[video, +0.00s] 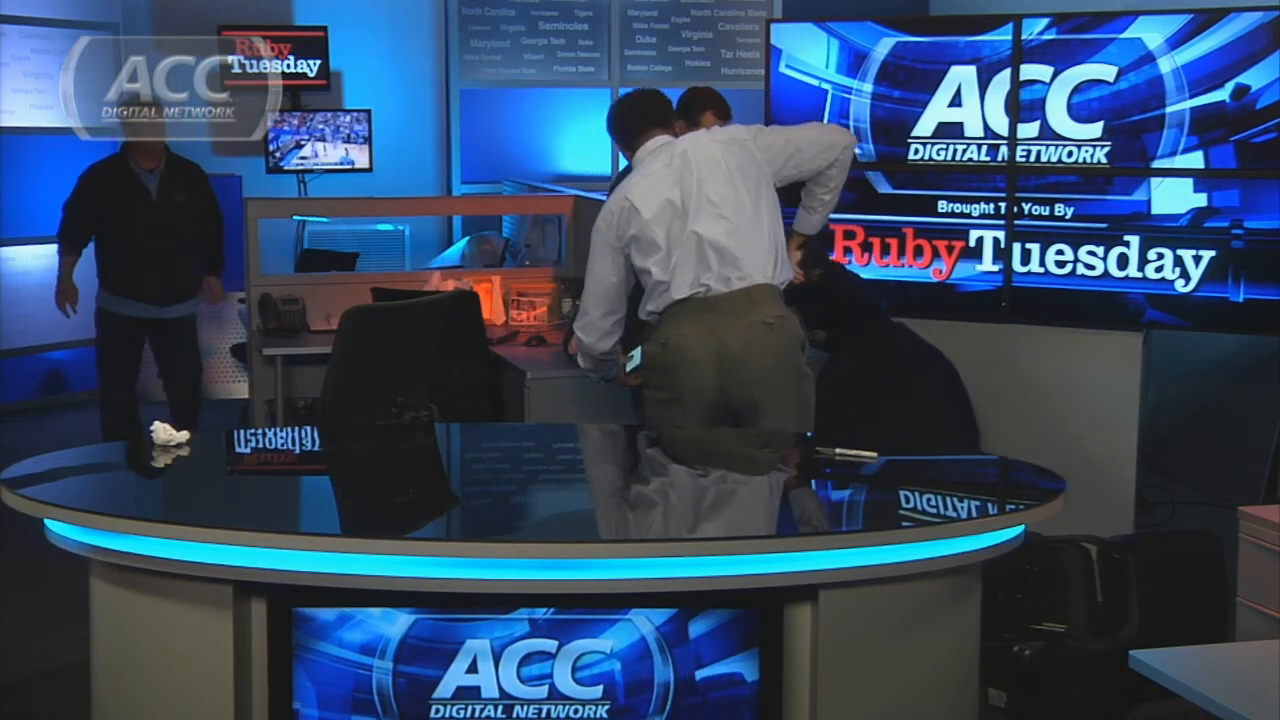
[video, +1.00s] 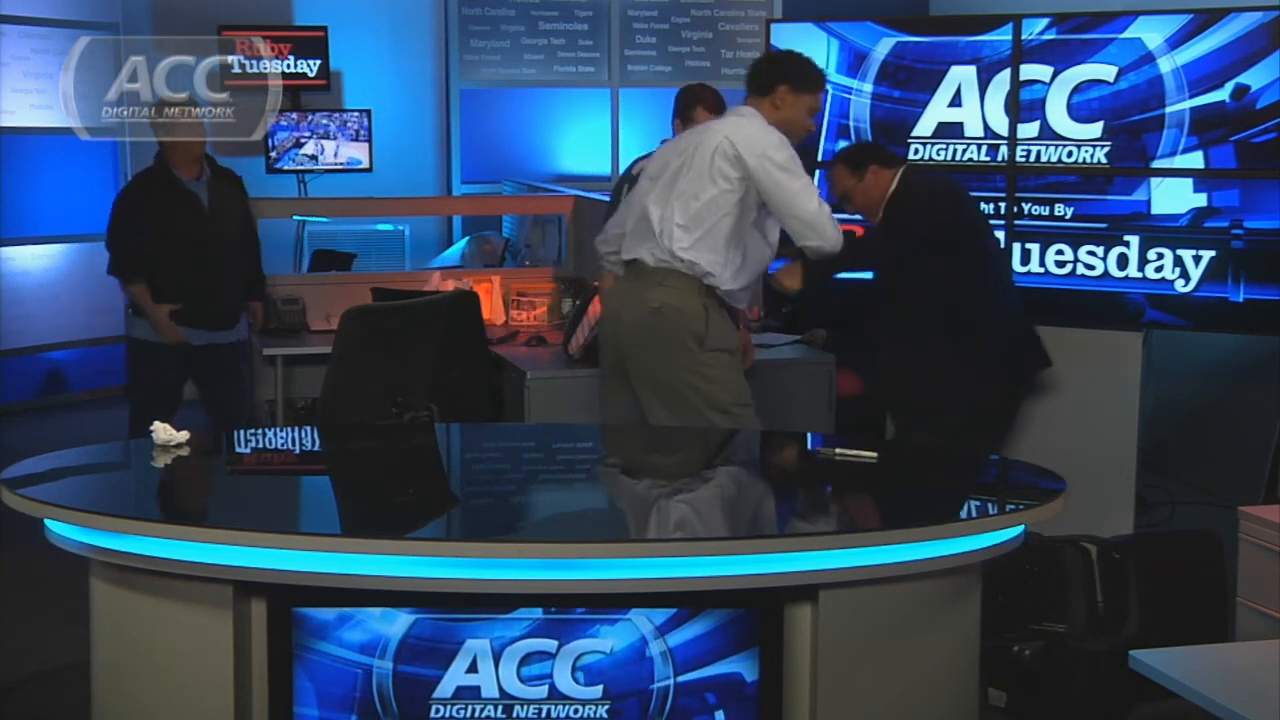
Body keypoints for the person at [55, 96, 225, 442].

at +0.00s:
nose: (151, 133)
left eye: (155, 124)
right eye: (142, 126)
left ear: (165, 128)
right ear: (128, 131)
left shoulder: (190, 175)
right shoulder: (100, 177)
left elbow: (212, 225)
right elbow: (75, 228)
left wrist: (212, 272)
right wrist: (65, 278)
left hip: (177, 305)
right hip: (120, 305)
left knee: (186, 388)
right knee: (117, 390)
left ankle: (190, 465)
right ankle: (120, 465)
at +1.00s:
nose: (197, 132)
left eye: (198, 122)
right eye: (186, 125)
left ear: (206, 129)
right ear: (164, 134)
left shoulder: (229, 184)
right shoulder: (138, 194)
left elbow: (249, 247)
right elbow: (126, 266)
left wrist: (255, 295)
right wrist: (151, 311)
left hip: (225, 333)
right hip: (160, 335)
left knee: (237, 430)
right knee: (150, 435)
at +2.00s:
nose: (349, 144)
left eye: (350, 135)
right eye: (339, 136)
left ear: (352, 135)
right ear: (308, 141)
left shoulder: (355, 193)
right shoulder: (280, 203)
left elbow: (360, 267)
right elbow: (277, 289)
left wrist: (369, 325)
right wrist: (317, 335)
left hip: (354, 352)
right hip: (300, 361)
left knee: (357, 459)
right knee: (306, 460)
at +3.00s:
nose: (486, 152)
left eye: (488, 142)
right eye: (476, 143)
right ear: (446, 147)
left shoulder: (472, 199)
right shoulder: (433, 205)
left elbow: (485, 280)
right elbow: (443, 295)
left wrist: (520, 316)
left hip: (493, 364)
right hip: (459, 369)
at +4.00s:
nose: (491, 164)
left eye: (497, 153)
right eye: (480, 155)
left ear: (502, 149)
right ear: (452, 154)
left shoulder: (496, 198)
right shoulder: (435, 217)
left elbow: (506, 280)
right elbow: (422, 309)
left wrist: (528, 346)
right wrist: (467, 369)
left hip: (515, 379)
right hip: (463, 391)